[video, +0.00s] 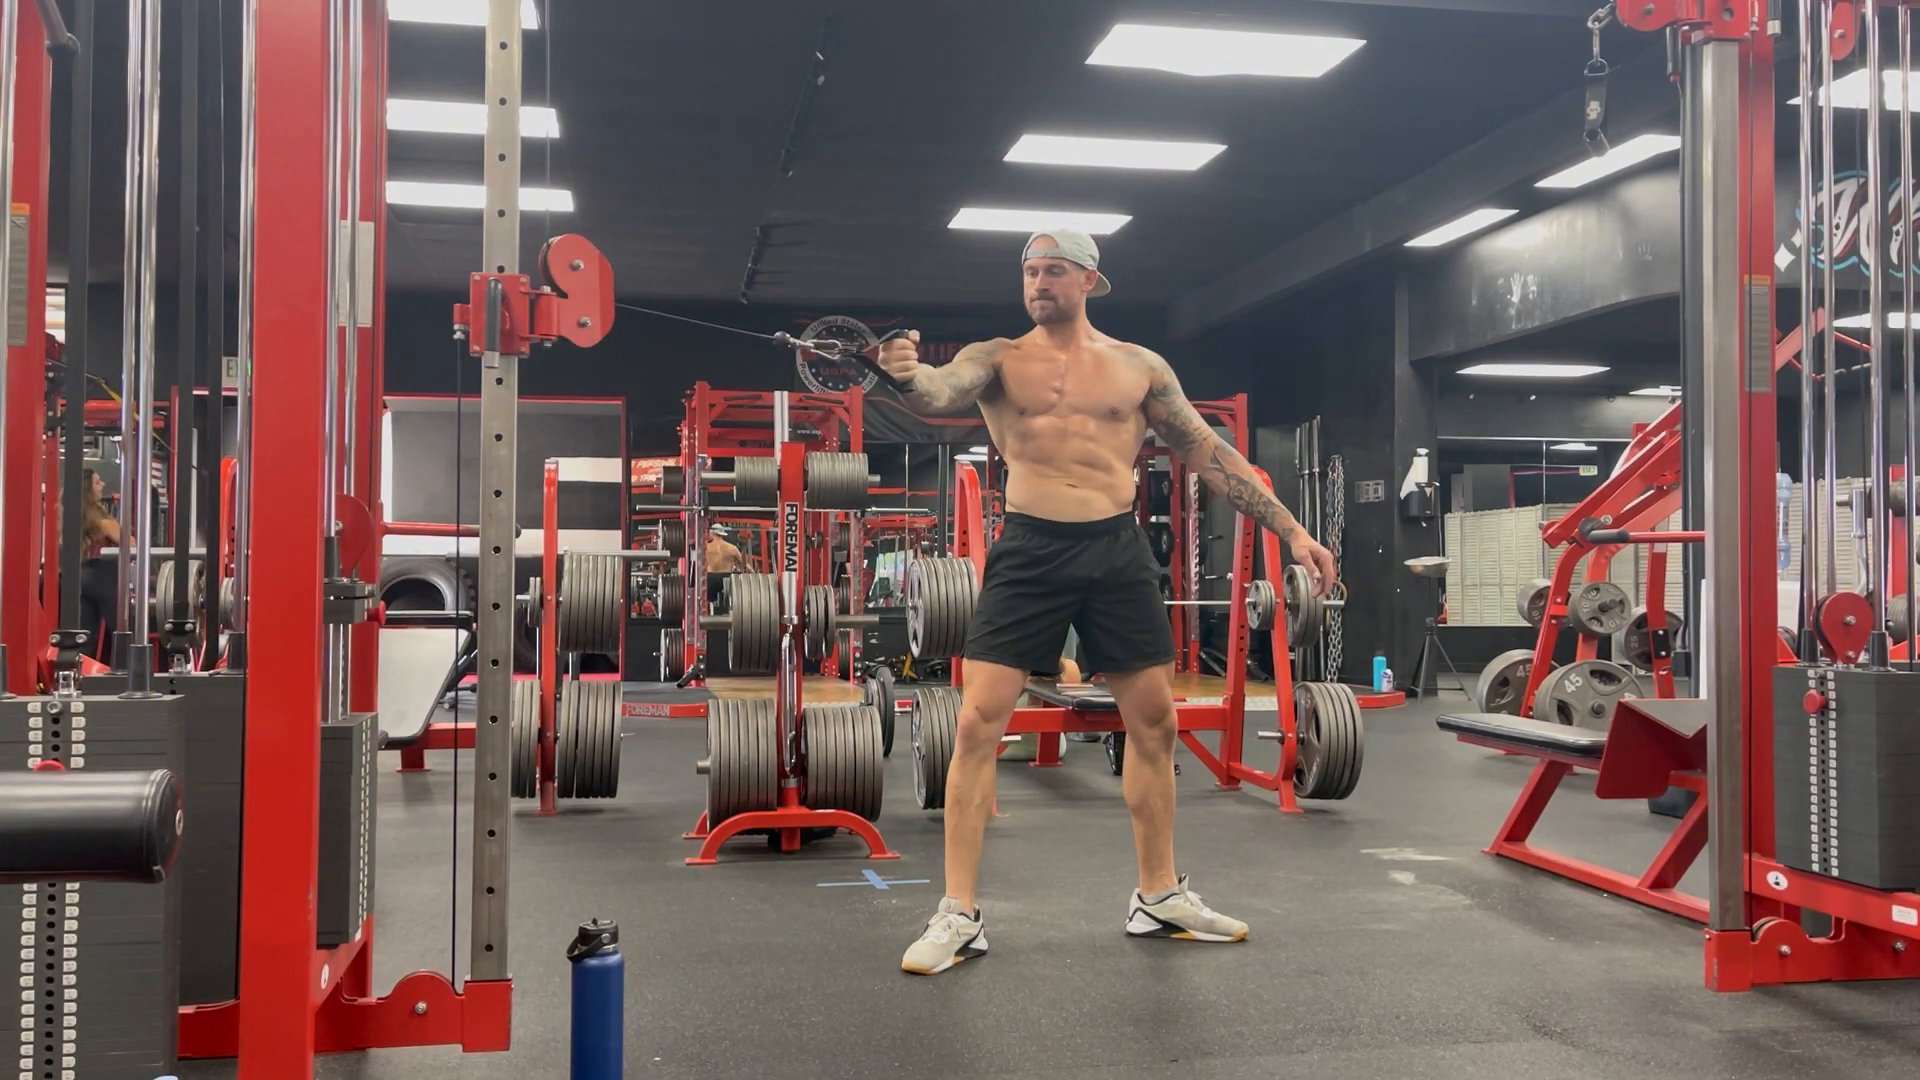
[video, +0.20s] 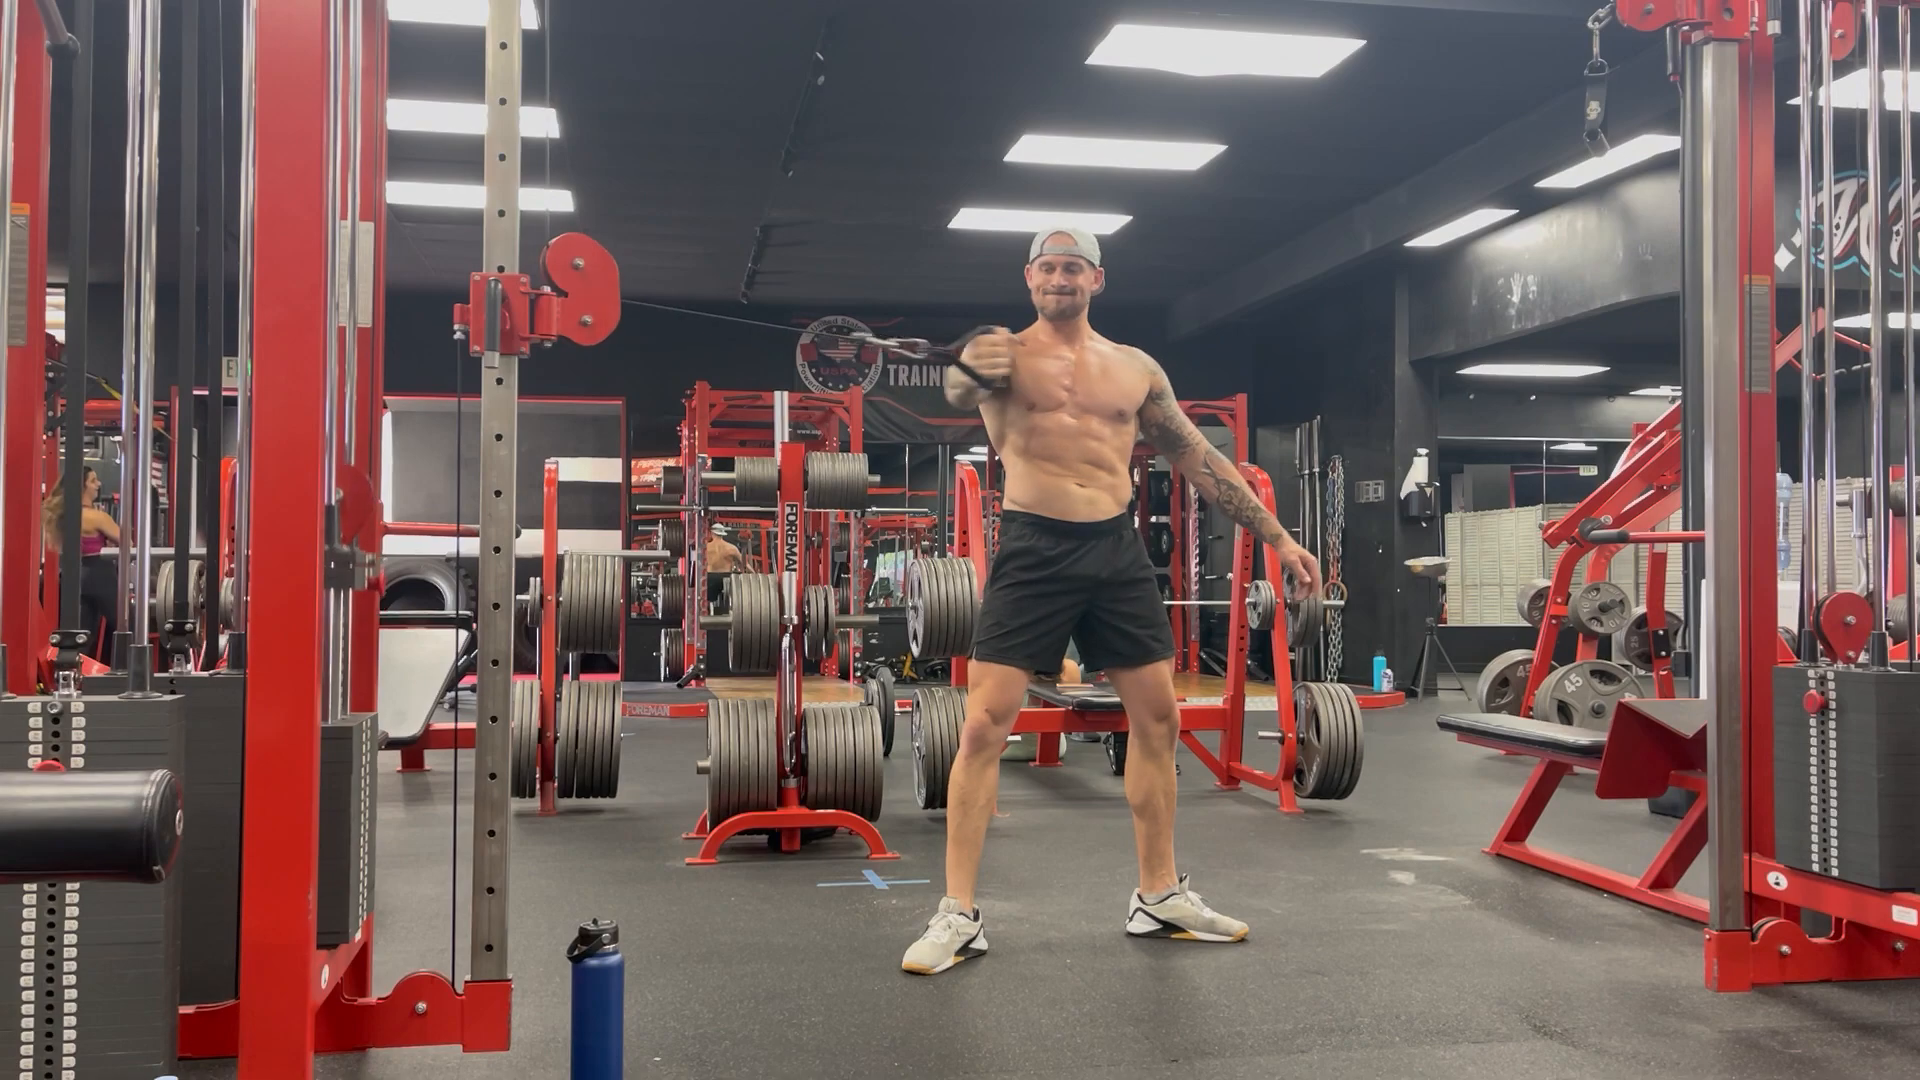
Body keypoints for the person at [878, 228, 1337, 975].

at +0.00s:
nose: (1039, 281)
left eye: (1054, 269)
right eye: (1031, 270)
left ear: (1090, 280)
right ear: (1022, 281)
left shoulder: (1142, 367)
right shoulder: (996, 356)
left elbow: (1217, 459)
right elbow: (939, 393)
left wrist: (1294, 531)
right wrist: (907, 373)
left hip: (1119, 552)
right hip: (1027, 552)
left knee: (1155, 720)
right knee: (977, 723)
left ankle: (1157, 895)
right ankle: (958, 909)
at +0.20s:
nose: (1060, 276)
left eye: (1075, 265)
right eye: (1048, 264)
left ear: (1097, 282)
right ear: (1028, 278)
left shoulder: (1137, 368)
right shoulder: (999, 349)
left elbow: (1207, 465)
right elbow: (950, 396)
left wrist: (1279, 537)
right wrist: (974, 371)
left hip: (1118, 551)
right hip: (1030, 550)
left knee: (1158, 719)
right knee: (982, 727)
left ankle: (1159, 895)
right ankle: (957, 910)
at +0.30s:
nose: (1076, 279)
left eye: (1088, 269)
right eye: (1062, 266)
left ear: (1104, 284)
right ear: (1035, 276)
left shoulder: (1134, 370)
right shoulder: (999, 348)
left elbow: (1195, 471)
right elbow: (991, 385)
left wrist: (1262, 547)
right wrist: (1035, 377)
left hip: (1118, 554)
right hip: (1033, 551)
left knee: (1158, 716)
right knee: (987, 725)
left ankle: (1158, 894)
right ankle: (957, 910)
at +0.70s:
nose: (1114, 285)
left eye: (1119, 276)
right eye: (1101, 271)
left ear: (1112, 290)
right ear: (1056, 276)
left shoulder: (1105, 371)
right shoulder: (1028, 345)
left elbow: (1116, 477)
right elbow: (1128, 391)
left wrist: (1152, 560)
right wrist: (1254, 396)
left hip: (1118, 558)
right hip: (1047, 550)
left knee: (1149, 719)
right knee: (1007, 731)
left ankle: (1158, 894)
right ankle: (959, 911)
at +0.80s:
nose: (1119, 287)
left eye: (1122, 277)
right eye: (1106, 273)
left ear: (1108, 289)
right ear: (1060, 277)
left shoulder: (1101, 364)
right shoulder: (1041, 342)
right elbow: (1145, 395)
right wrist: (1264, 403)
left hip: (1115, 556)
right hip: (1050, 549)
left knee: (1148, 716)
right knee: (1013, 731)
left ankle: (1158, 894)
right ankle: (960, 910)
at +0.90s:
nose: (1122, 287)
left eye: (1125, 277)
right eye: (1109, 273)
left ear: (1099, 286)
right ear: (1063, 277)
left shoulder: (1094, 361)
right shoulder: (1049, 343)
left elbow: (1088, 481)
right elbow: (1155, 398)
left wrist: (1139, 534)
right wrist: (1264, 408)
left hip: (1115, 556)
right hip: (1053, 549)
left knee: (1147, 718)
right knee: (1014, 733)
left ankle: (1159, 894)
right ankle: (961, 910)